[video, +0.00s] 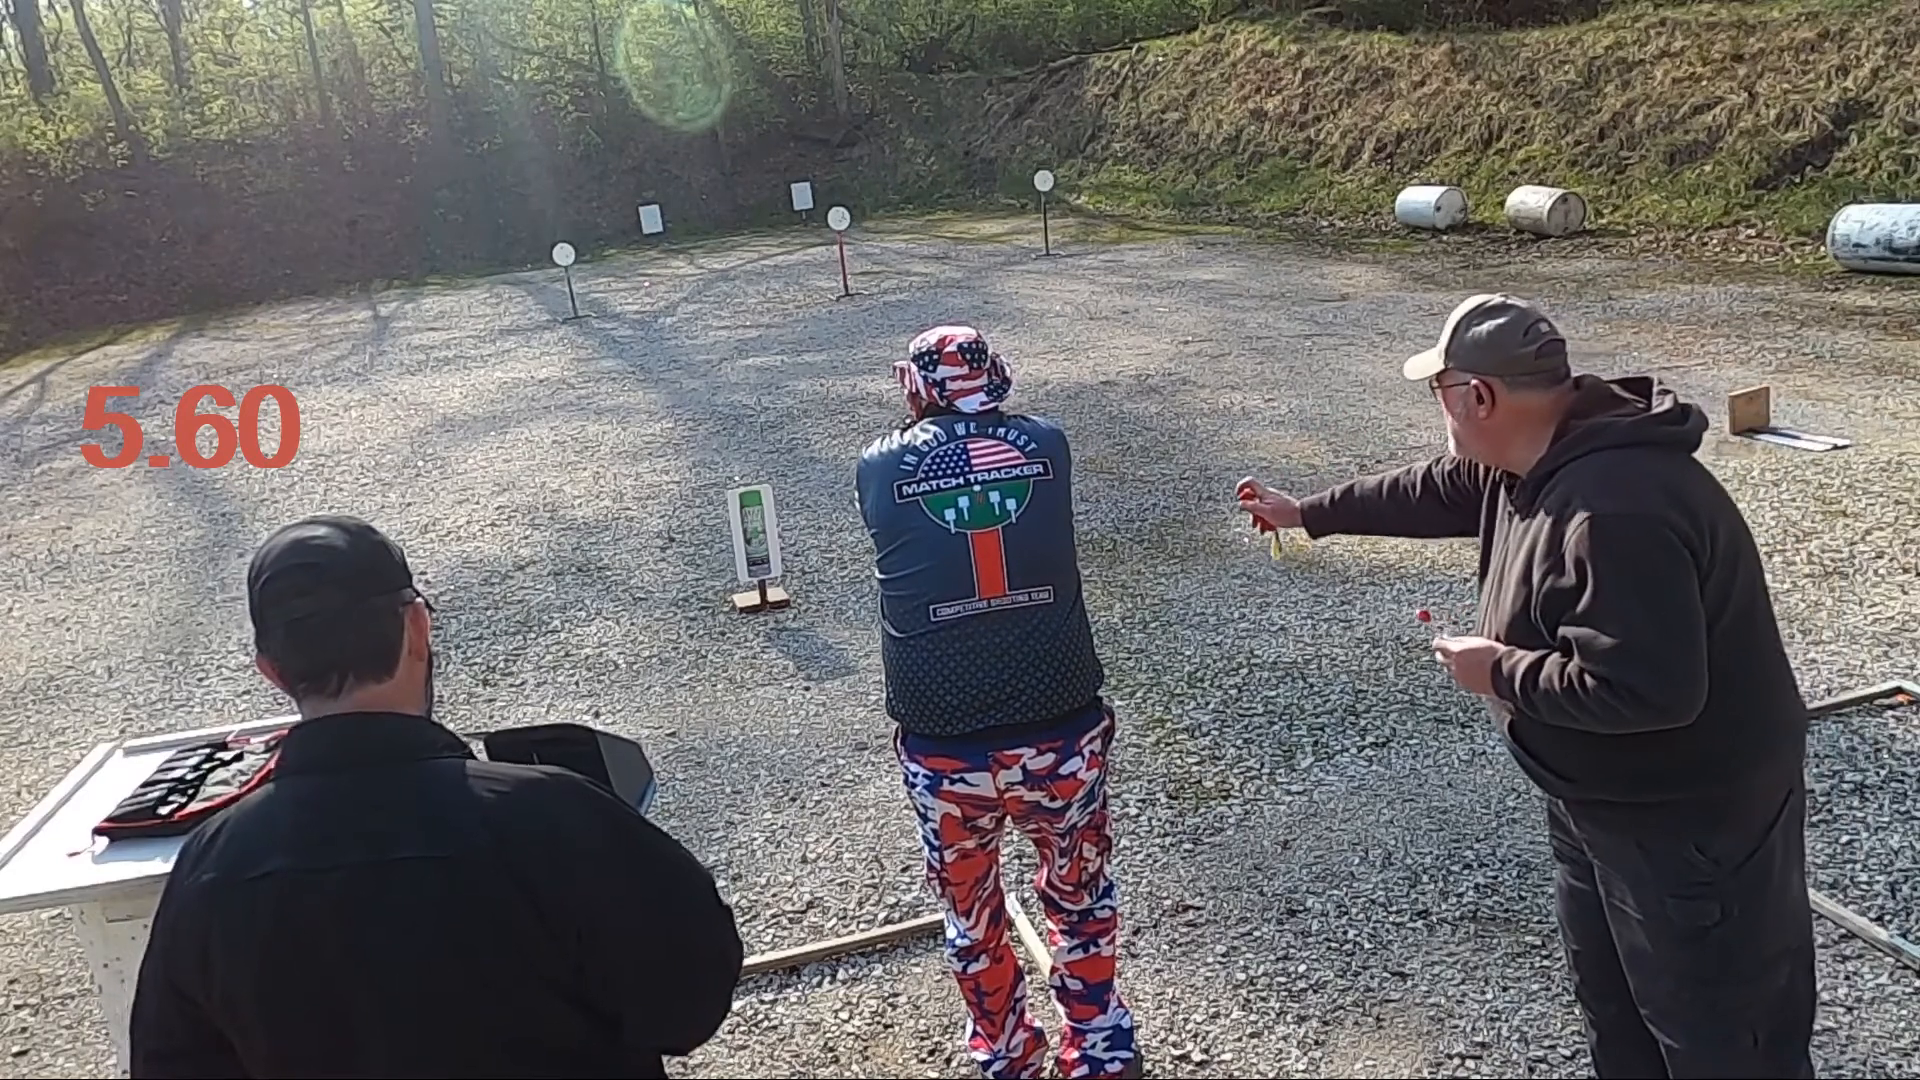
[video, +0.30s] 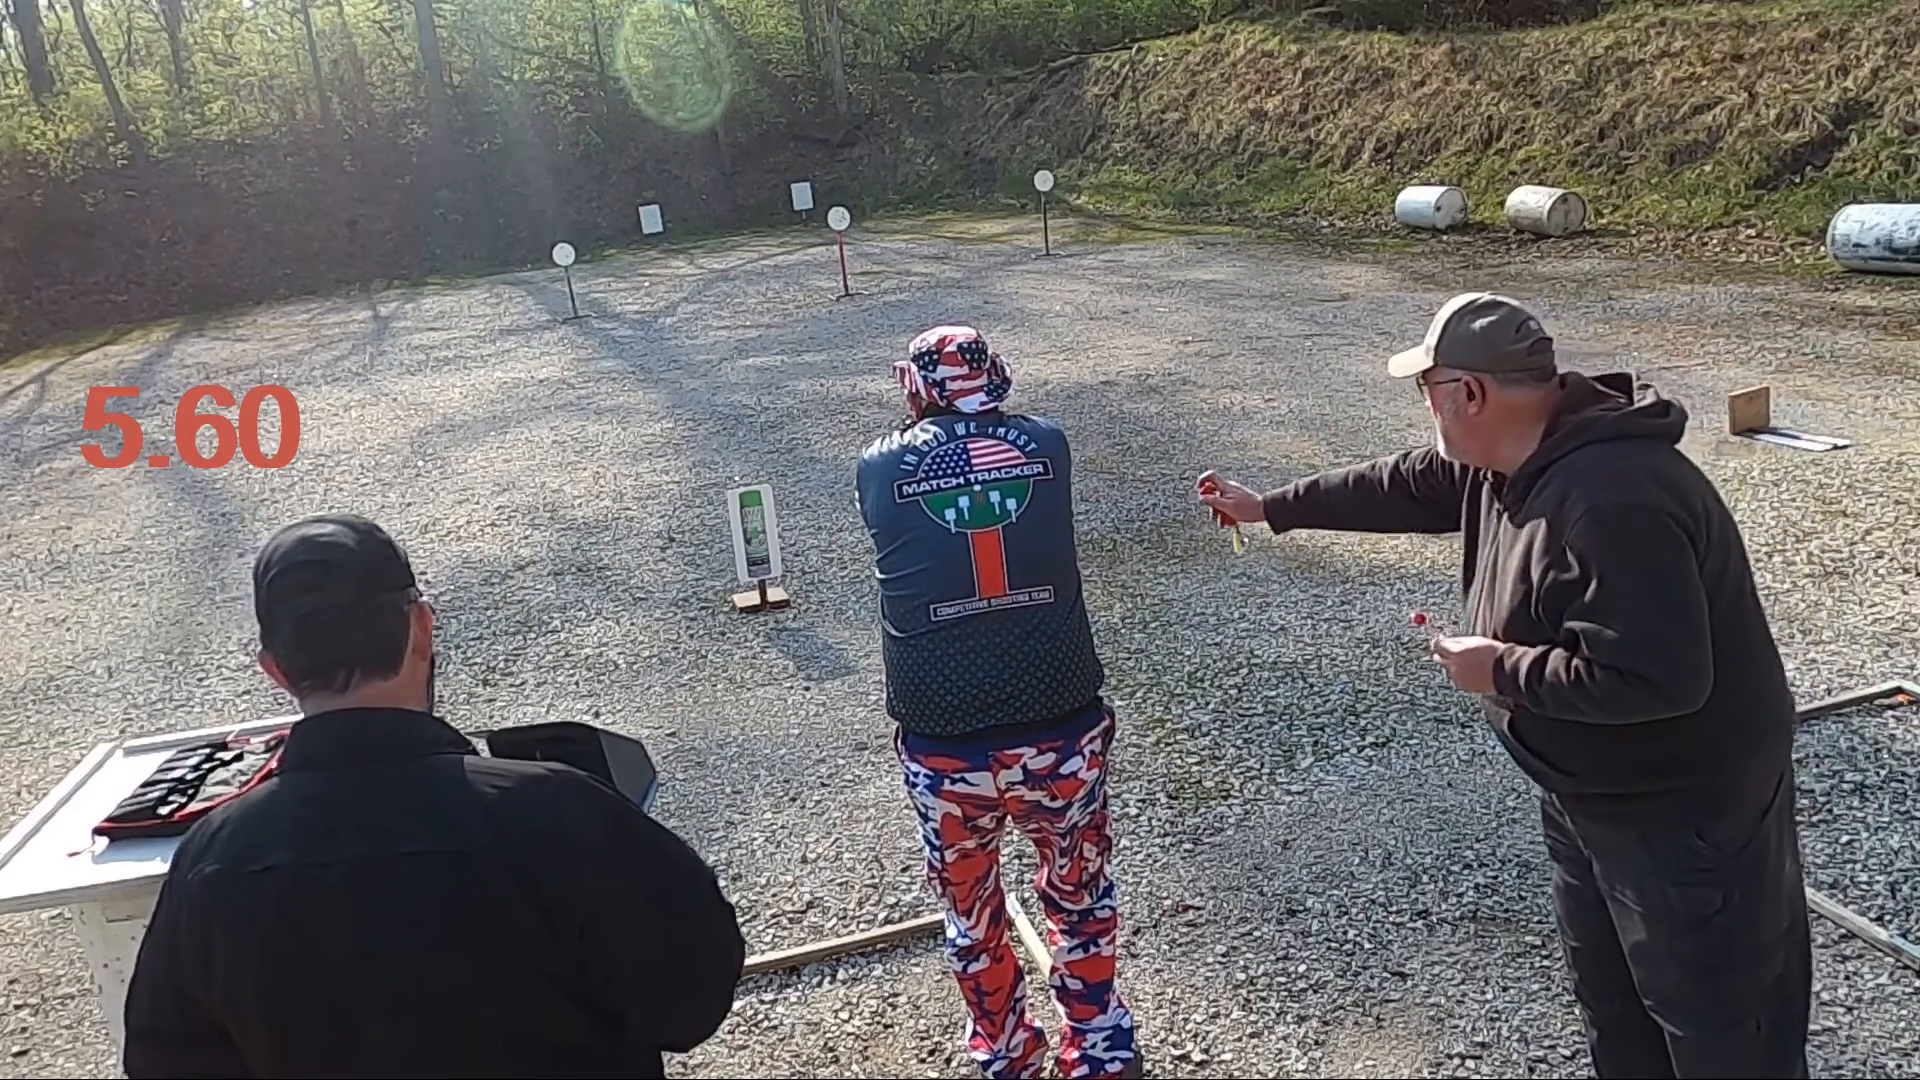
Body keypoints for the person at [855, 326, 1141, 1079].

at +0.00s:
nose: (904, 398)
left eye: (907, 389)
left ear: (915, 397)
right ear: (997, 388)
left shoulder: (878, 470)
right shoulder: (1047, 443)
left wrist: (932, 421)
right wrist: (947, 416)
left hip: (944, 749)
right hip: (1062, 735)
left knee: (972, 908)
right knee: (1080, 897)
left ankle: (1006, 1058)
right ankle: (1102, 1056)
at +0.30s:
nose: (904, 398)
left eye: (907, 389)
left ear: (916, 397)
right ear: (996, 388)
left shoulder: (878, 470)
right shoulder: (1046, 442)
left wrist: (931, 420)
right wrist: (945, 414)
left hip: (944, 747)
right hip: (1062, 734)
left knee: (972, 906)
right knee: (1080, 896)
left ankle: (1005, 1058)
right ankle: (1102, 1056)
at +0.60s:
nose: (905, 398)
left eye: (907, 389)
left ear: (916, 397)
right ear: (996, 389)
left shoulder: (878, 470)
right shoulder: (1046, 442)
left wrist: (929, 419)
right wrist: (944, 414)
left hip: (944, 748)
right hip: (1062, 735)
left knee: (972, 907)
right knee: (1080, 896)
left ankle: (1005, 1058)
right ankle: (1102, 1056)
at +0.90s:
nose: (904, 399)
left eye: (906, 390)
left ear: (916, 397)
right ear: (996, 389)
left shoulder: (878, 469)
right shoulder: (1045, 443)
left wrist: (930, 422)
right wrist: (944, 416)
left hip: (944, 749)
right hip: (1062, 735)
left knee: (972, 907)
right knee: (1080, 896)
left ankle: (1005, 1058)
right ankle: (1102, 1056)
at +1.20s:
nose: (903, 399)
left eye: (905, 390)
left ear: (915, 398)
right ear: (996, 389)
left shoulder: (877, 470)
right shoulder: (1045, 443)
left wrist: (931, 423)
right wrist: (945, 418)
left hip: (943, 749)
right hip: (1062, 735)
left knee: (971, 907)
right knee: (1079, 896)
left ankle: (1005, 1057)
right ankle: (1102, 1056)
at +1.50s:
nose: (904, 399)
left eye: (909, 389)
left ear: (913, 399)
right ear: (994, 388)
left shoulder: (878, 469)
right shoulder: (1043, 441)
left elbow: (883, 450)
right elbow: (985, 433)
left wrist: (900, 409)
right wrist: (939, 403)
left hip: (943, 746)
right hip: (1062, 732)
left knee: (972, 909)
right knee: (1079, 897)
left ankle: (1006, 1058)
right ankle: (1101, 1055)